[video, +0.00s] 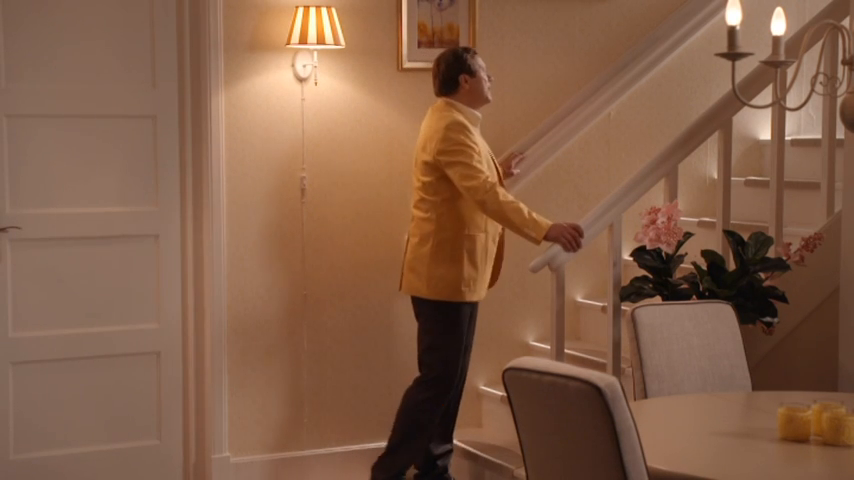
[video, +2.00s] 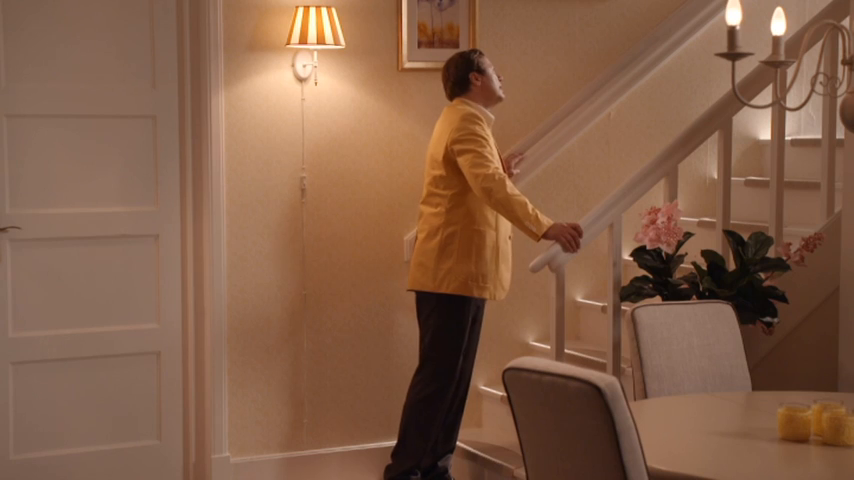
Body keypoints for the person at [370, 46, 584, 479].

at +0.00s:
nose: (491, 82)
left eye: (488, 74)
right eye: (485, 75)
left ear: (461, 82)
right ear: (466, 81)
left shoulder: (456, 121)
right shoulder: (450, 125)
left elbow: (459, 194)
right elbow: (485, 193)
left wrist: (496, 177)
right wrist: (545, 228)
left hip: (458, 272)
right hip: (442, 273)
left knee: (451, 379)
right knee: (438, 380)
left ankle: (433, 470)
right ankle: (388, 472)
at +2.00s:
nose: (500, 80)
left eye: (496, 72)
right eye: (493, 72)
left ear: (471, 80)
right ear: (476, 78)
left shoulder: (465, 120)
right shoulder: (465, 120)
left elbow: (463, 194)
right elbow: (491, 185)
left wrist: (500, 175)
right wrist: (545, 227)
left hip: (465, 271)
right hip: (450, 271)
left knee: (455, 376)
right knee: (440, 374)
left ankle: (434, 468)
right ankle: (407, 471)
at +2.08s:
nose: (500, 80)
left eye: (497, 72)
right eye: (493, 72)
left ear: (471, 80)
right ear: (473, 79)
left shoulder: (469, 122)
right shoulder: (462, 121)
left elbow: (464, 194)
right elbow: (488, 186)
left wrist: (498, 175)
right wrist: (544, 226)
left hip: (467, 272)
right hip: (449, 272)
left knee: (456, 377)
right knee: (438, 375)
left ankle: (434, 469)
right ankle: (405, 471)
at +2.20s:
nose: (499, 77)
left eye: (496, 71)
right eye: (489, 71)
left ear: (470, 82)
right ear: (464, 81)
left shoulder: (474, 126)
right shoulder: (456, 123)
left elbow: (470, 195)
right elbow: (479, 187)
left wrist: (500, 181)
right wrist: (537, 226)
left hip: (472, 273)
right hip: (446, 273)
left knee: (458, 378)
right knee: (436, 375)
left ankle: (435, 468)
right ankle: (404, 470)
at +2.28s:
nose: (496, 78)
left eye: (493, 72)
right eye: (486, 72)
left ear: (470, 83)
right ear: (459, 82)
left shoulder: (475, 128)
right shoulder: (450, 125)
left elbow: (475, 189)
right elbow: (460, 189)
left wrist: (507, 183)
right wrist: (518, 231)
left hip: (474, 274)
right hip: (445, 274)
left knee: (458, 379)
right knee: (436, 377)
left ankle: (436, 467)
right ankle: (406, 470)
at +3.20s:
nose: (402, 91)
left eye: (411, 84)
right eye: (402, 83)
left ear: (440, 91)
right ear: (406, 89)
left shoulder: (473, 142)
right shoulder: (385, 129)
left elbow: (492, 209)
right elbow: (373, 194)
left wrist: (448, 222)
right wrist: (370, 248)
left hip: (435, 274)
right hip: (382, 268)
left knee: (433, 377)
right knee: (357, 370)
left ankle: (442, 469)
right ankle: (331, 471)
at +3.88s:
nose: (256, 88)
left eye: (264, 81)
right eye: (257, 81)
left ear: (294, 88)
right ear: (280, 88)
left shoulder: (329, 134)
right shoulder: (263, 136)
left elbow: (361, 199)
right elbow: (260, 193)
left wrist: (294, 217)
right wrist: (241, 213)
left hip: (323, 278)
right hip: (279, 276)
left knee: (306, 396)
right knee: (305, 393)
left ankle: (294, 476)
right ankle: (332, 474)